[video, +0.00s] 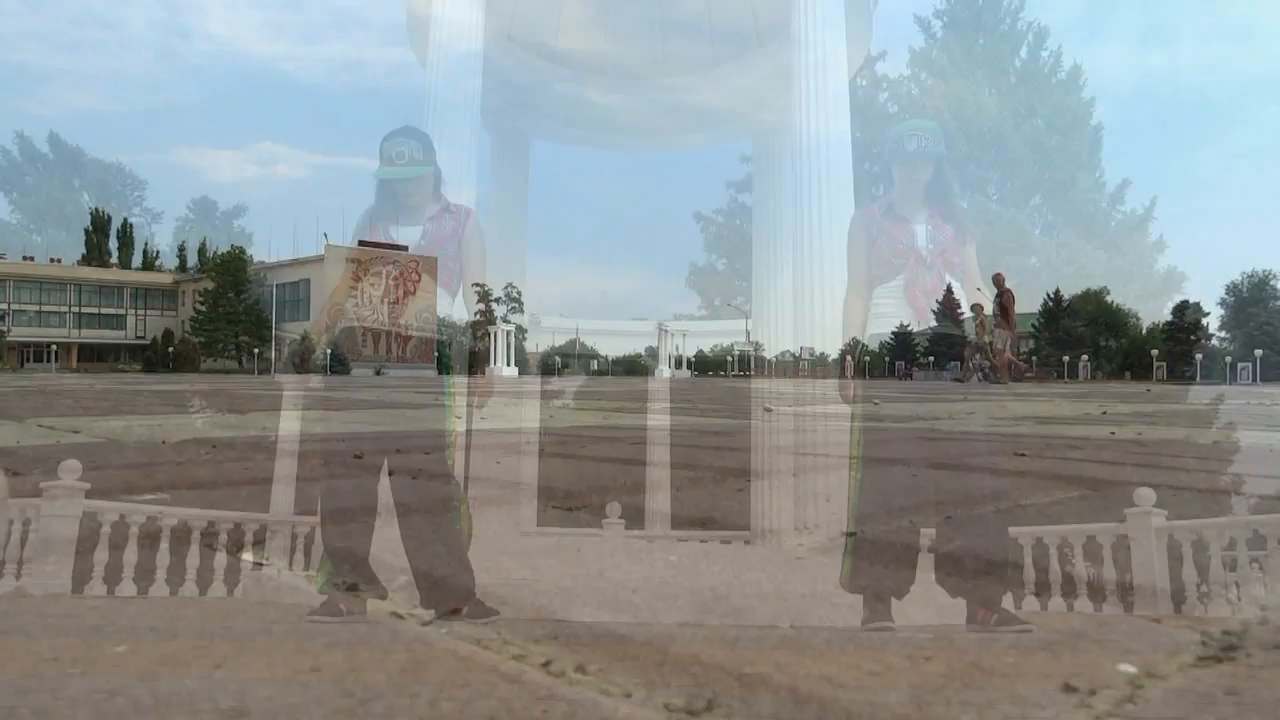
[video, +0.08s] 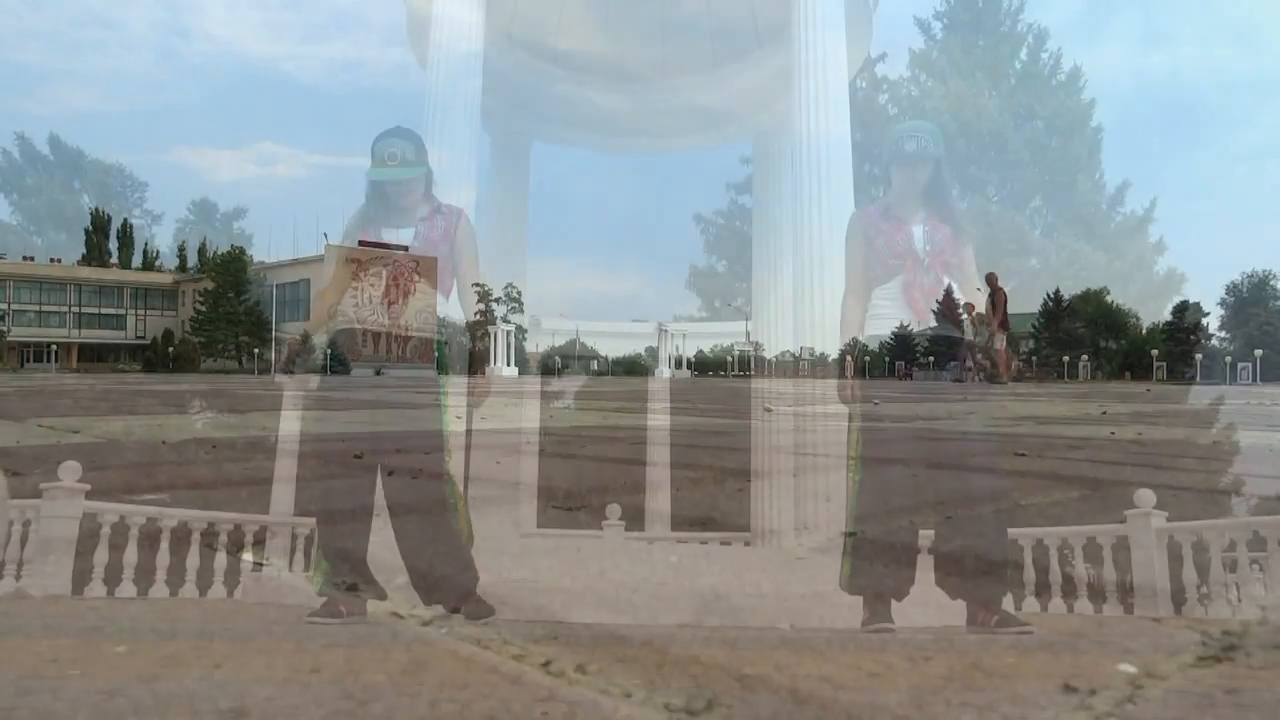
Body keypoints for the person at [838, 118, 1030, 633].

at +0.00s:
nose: (917, 166)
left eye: (926, 157)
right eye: (909, 156)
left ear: (938, 162)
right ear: (894, 160)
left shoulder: (956, 222)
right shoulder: (869, 221)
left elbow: (976, 288)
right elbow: (858, 289)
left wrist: (992, 341)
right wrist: (850, 351)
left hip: (955, 359)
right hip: (890, 360)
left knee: (974, 471)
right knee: (887, 474)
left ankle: (983, 602)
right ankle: (877, 601)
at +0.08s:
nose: (914, 170)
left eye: (923, 161)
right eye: (906, 160)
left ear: (936, 167)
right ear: (891, 163)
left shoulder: (954, 228)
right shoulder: (867, 222)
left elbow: (973, 294)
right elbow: (856, 292)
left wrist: (990, 336)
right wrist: (849, 354)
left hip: (953, 361)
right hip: (888, 362)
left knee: (974, 471)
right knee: (887, 476)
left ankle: (984, 604)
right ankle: (877, 603)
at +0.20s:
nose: (911, 170)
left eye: (920, 162)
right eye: (903, 159)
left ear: (933, 167)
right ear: (888, 162)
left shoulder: (949, 226)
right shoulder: (862, 223)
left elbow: (967, 294)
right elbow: (851, 295)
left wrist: (985, 348)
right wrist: (845, 357)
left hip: (948, 360)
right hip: (886, 361)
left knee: (970, 472)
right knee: (887, 476)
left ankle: (984, 606)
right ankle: (878, 604)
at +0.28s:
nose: (912, 172)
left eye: (921, 165)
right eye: (904, 162)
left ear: (933, 170)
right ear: (887, 164)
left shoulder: (947, 225)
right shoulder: (859, 224)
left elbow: (963, 299)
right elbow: (847, 294)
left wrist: (986, 361)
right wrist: (843, 358)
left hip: (949, 362)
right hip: (885, 362)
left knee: (971, 474)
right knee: (887, 479)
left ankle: (984, 609)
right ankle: (878, 607)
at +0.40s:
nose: (914, 175)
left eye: (923, 168)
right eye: (906, 165)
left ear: (935, 174)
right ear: (888, 166)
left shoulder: (947, 230)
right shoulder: (858, 224)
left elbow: (961, 306)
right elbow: (843, 294)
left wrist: (980, 370)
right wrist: (842, 359)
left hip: (951, 362)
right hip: (887, 364)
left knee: (972, 478)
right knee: (888, 481)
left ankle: (984, 612)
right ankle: (879, 610)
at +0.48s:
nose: (916, 177)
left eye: (925, 170)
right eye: (908, 166)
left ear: (935, 176)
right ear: (890, 167)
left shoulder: (945, 234)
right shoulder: (859, 225)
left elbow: (959, 309)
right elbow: (844, 296)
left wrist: (979, 373)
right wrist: (842, 360)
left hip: (952, 364)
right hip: (889, 364)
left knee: (973, 478)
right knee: (889, 482)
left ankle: (984, 614)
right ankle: (879, 611)